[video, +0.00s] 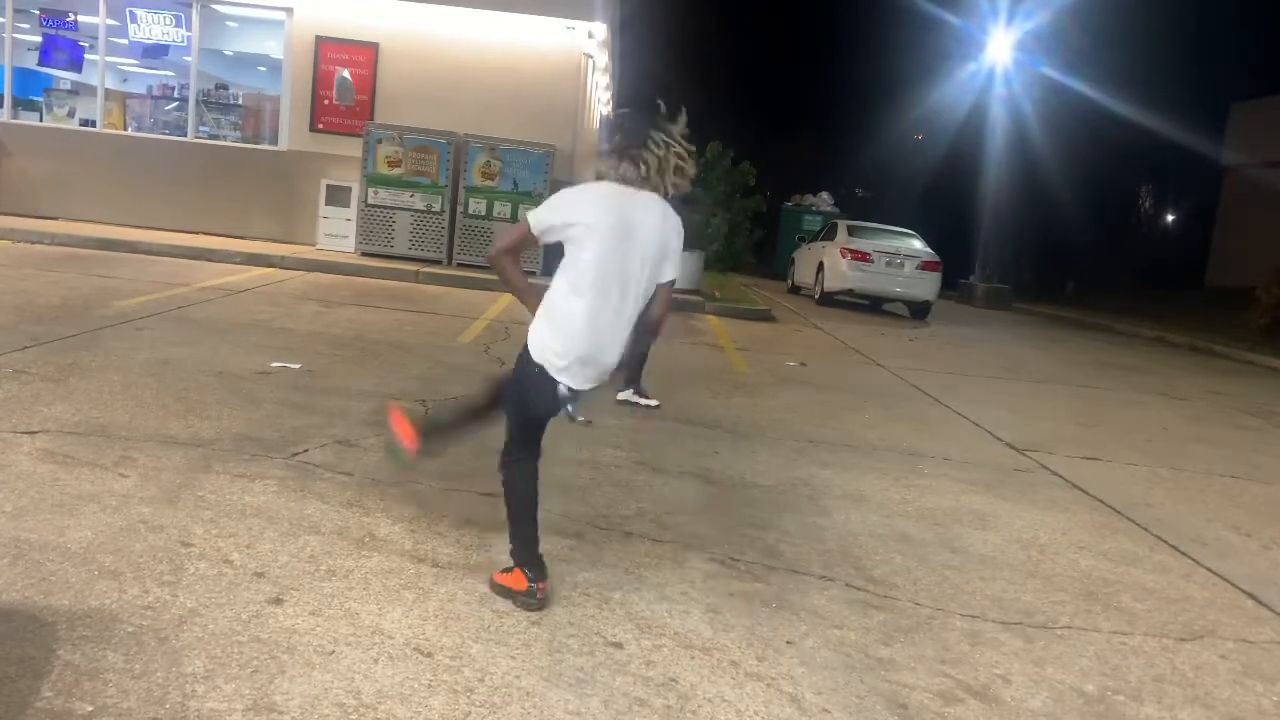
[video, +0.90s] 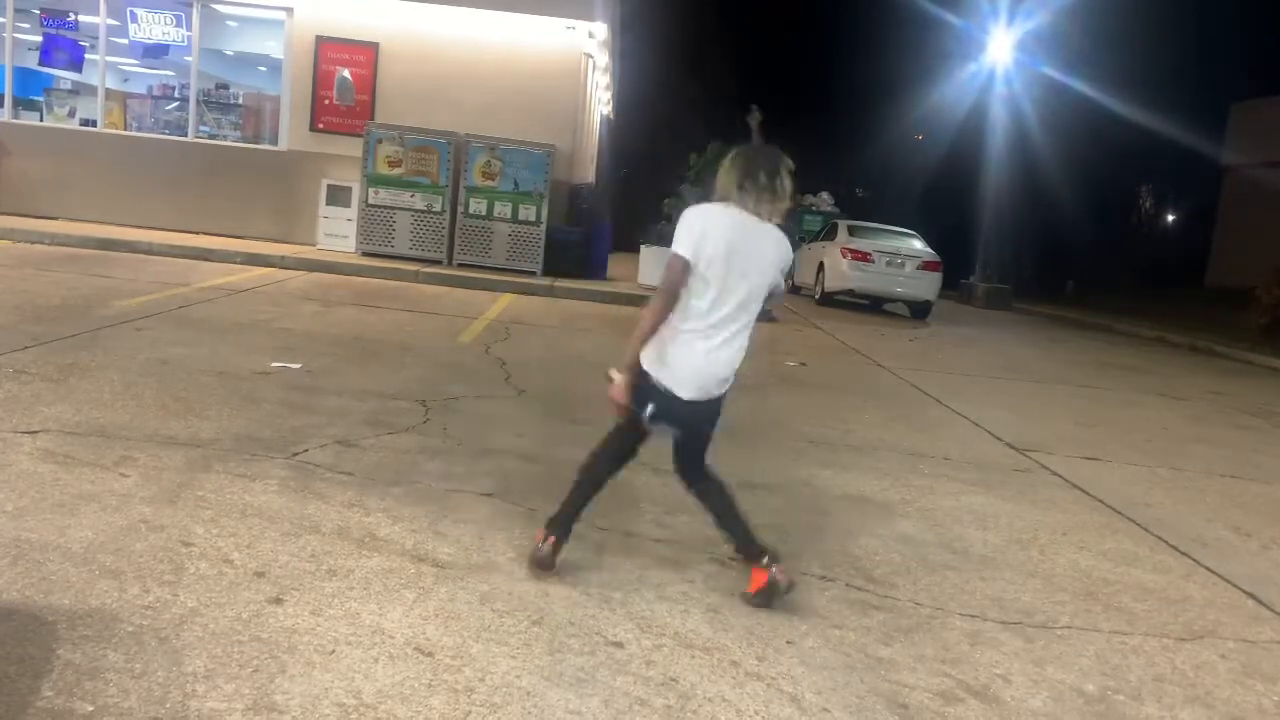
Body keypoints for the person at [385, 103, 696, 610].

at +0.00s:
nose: (597, 157)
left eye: (601, 150)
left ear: (607, 154)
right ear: (653, 161)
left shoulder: (583, 199)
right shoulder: (668, 220)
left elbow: (502, 252)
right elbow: (656, 316)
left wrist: (532, 300)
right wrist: (627, 365)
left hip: (553, 347)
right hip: (600, 361)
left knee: (520, 454)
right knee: (499, 394)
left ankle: (528, 572)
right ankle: (424, 433)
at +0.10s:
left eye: (606, 157)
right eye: (671, 173)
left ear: (610, 164)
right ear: (661, 175)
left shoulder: (584, 207)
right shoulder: (667, 234)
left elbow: (491, 237)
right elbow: (692, 311)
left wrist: (522, 289)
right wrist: (713, 392)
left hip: (537, 358)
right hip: (571, 365)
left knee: (505, 455)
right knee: (463, 324)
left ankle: (526, 568)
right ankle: (349, 311)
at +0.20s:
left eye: (610, 147)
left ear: (612, 154)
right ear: (662, 168)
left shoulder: (585, 197)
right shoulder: (668, 222)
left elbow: (497, 237)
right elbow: (703, 298)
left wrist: (506, 293)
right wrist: (735, 374)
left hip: (551, 351)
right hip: (579, 356)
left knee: (513, 453)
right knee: (467, 353)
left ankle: (530, 570)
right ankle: (351, 362)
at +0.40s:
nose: (616, 131)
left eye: (622, 126)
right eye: (622, 129)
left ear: (628, 134)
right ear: (672, 150)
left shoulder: (605, 170)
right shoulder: (674, 204)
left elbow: (536, 142)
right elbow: (678, 249)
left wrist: (466, 96)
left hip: (581, 342)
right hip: (635, 345)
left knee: (513, 431)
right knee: (603, 416)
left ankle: (525, 562)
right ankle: (680, 493)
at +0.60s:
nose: (628, 146)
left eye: (636, 138)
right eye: (698, 147)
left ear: (645, 141)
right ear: (692, 152)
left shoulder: (637, 175)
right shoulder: (696, 208)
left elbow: (632, 205)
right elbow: (704, 250)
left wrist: (600, 209)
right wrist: (752, 182)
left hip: (616, 357)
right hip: (672, 361)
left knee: (594, 457)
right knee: (695, 458)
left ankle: (580, 571)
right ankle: (738, 566)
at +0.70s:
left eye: (659, 143)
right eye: (719, 153)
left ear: (665, 147)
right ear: (715, 160)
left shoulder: (653, 182)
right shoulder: (717, 208)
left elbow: (633, 220)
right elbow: (720, 242)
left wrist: (580, 247)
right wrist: (730, 182)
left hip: (629, 362)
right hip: (696, 367)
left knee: (582, 434)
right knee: (727, 450)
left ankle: (576, 545)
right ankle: (740, 566)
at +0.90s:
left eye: (721, 174)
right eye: (786, 195)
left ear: (729, 179)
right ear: (780, 194)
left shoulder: (699, 218)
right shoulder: (779, 245)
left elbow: (666, 296)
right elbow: (765, 301)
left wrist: (626, 365)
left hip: (663, 368)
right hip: (712, 386)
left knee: (616, 449)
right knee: (693, 468)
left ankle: (553, 537)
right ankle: (758, 559)